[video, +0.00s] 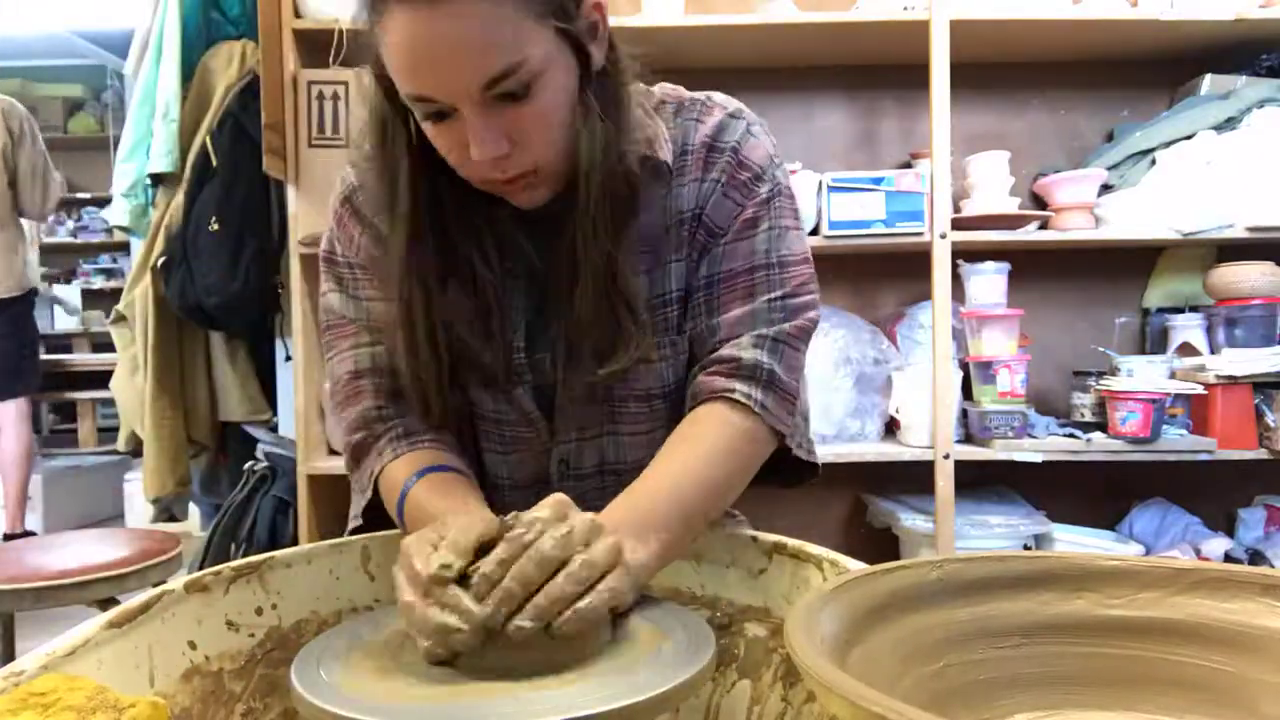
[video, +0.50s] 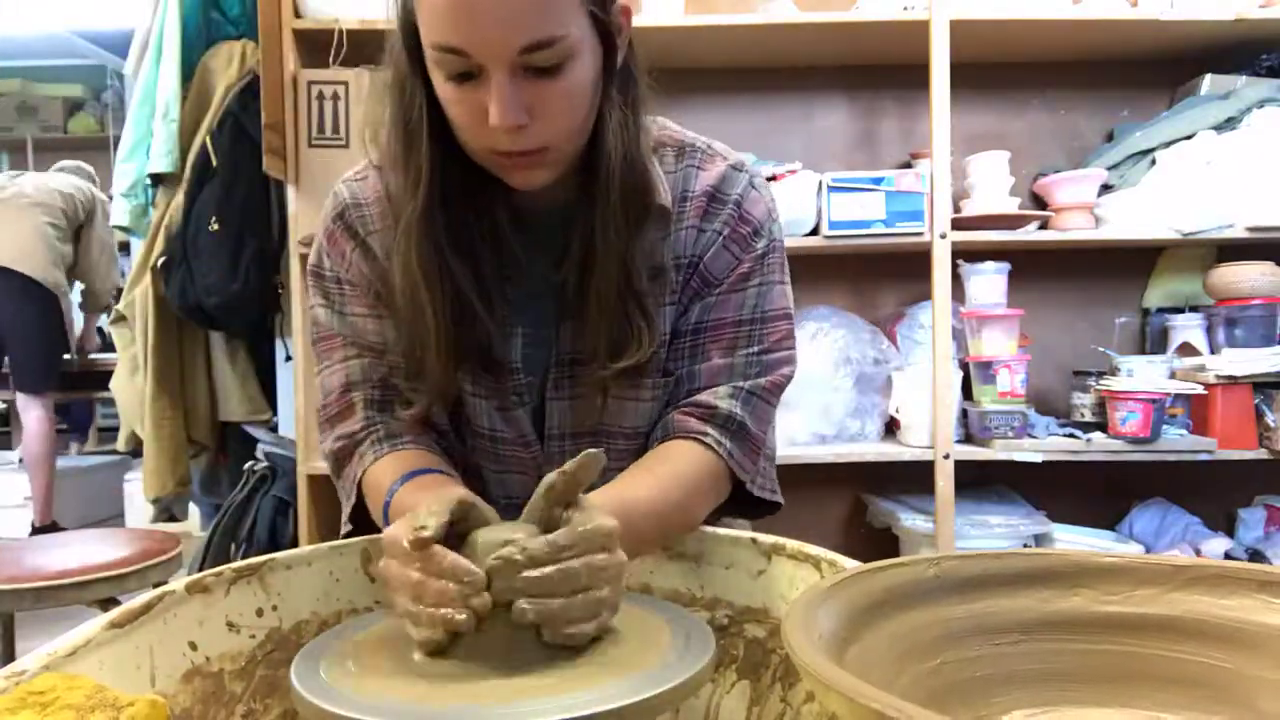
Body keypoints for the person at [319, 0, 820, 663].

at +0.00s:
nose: (484, 149)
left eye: (513, 91)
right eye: (436, 114)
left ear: (591, 32)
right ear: (399, 97)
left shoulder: (715, 152)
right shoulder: (381, 198)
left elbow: (753, 382)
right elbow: (376, 410)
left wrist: (620, 538)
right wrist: (457, 522)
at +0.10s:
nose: (512, 102)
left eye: (552, 51)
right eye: (469, 58)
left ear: (619, 22)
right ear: (426, 48)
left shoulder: (725, 180)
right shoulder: (376, 202)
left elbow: (733, 408)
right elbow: (384, 413)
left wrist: (601, 546)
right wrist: (459, 524)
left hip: (669, 591)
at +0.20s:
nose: (516, 111)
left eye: (556, 60)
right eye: (471, 67)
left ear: (621, 23)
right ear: (428, 51)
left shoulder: (726, 186)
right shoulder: (377, 207)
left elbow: (730, 413)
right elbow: (383, 419)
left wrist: (597, 545)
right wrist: (457, 527)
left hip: (668, 592)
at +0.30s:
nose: (509, 113)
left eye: (547, 62)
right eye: (463, 69)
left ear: (613, 25)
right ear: (421, 55)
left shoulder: (718, 186)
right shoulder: (373, 211)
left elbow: (717, 410)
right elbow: (382, 422)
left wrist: (588, 542)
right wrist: (453, 530)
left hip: (667, 594)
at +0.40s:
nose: (525, 130)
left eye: (565, 81)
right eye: (484, 86)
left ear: (635, 44)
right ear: (445, 70)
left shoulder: (736, 200)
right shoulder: (393, 206)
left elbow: (735, 427)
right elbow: (379, 413)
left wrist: (593, 549)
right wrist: (457, 531)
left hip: (674, 594)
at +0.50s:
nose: (504, 115)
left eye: (543, 65)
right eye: (460, 73)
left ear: (615, 31)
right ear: (419, 59)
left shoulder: (719, 202)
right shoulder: (369, 217)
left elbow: (723, 427)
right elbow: (376, 423)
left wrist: (601, 530)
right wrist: (438, 518)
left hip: (661, 607)